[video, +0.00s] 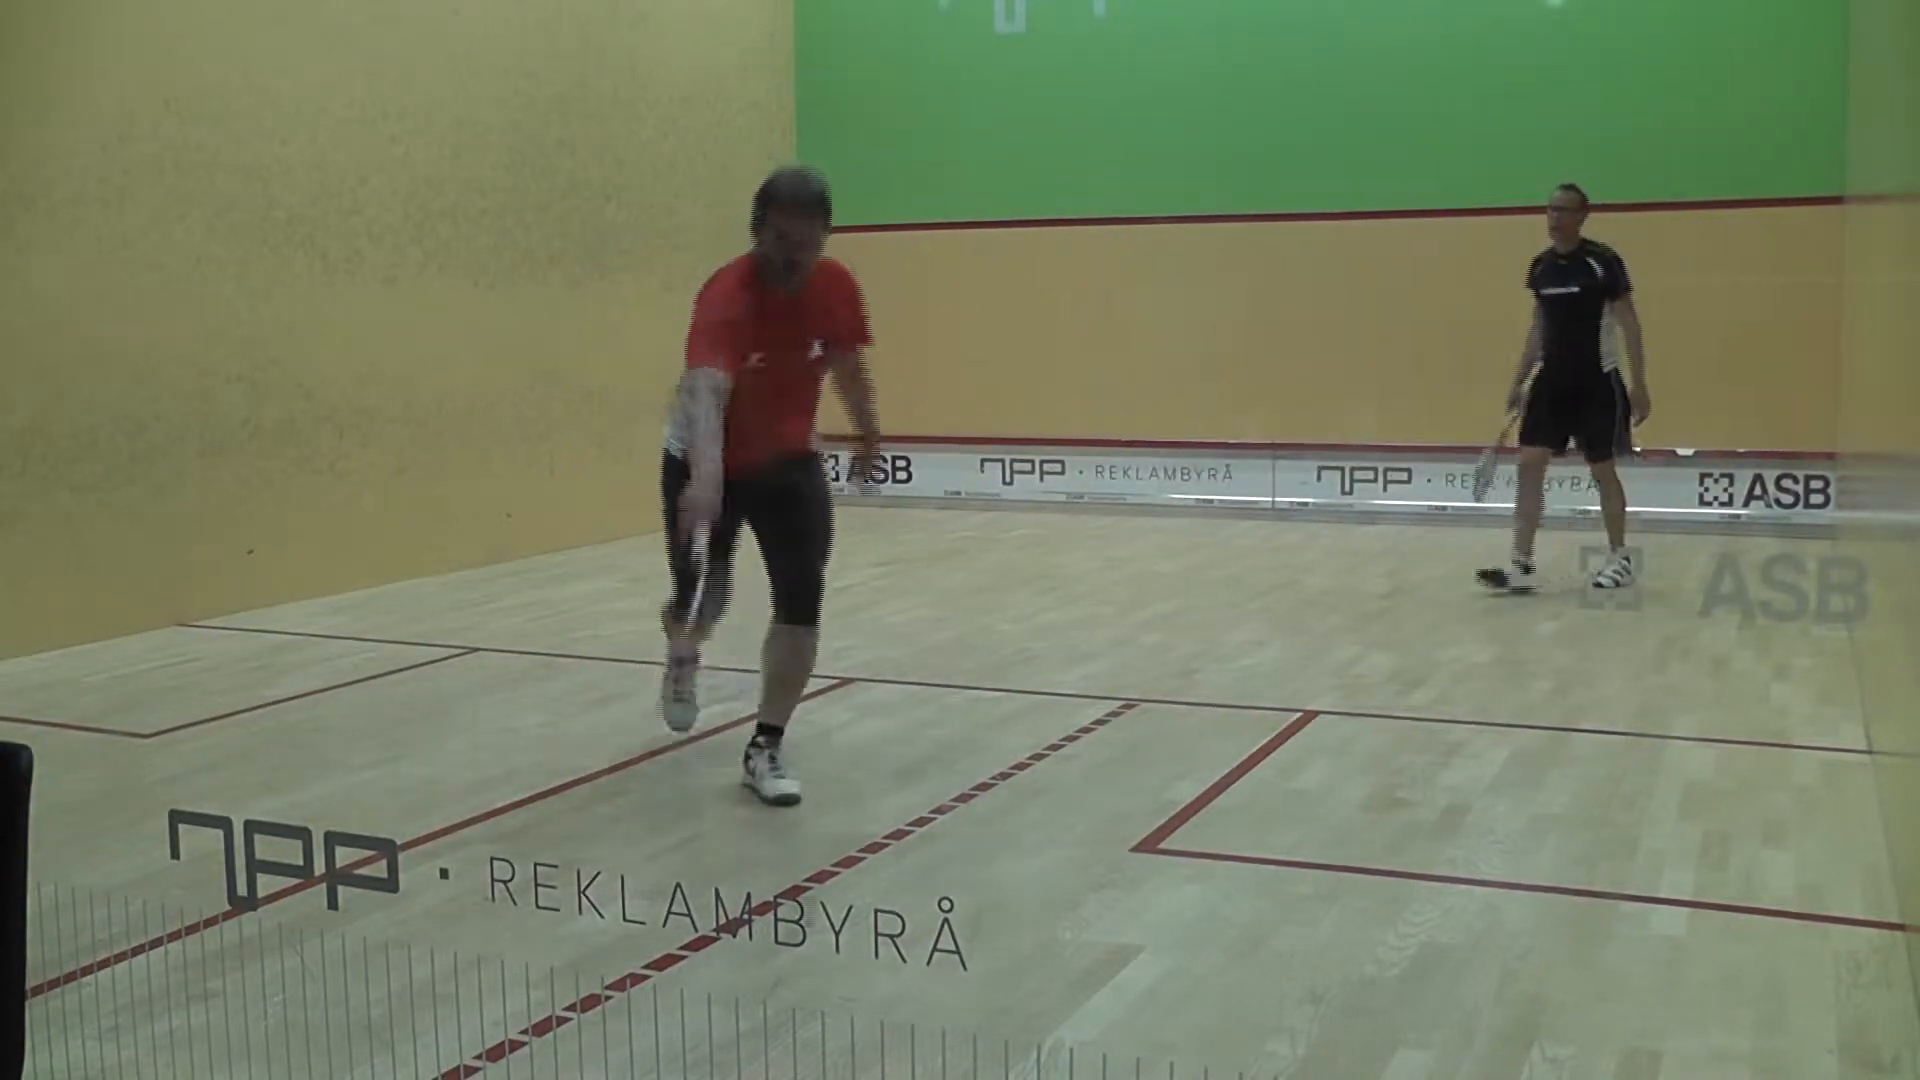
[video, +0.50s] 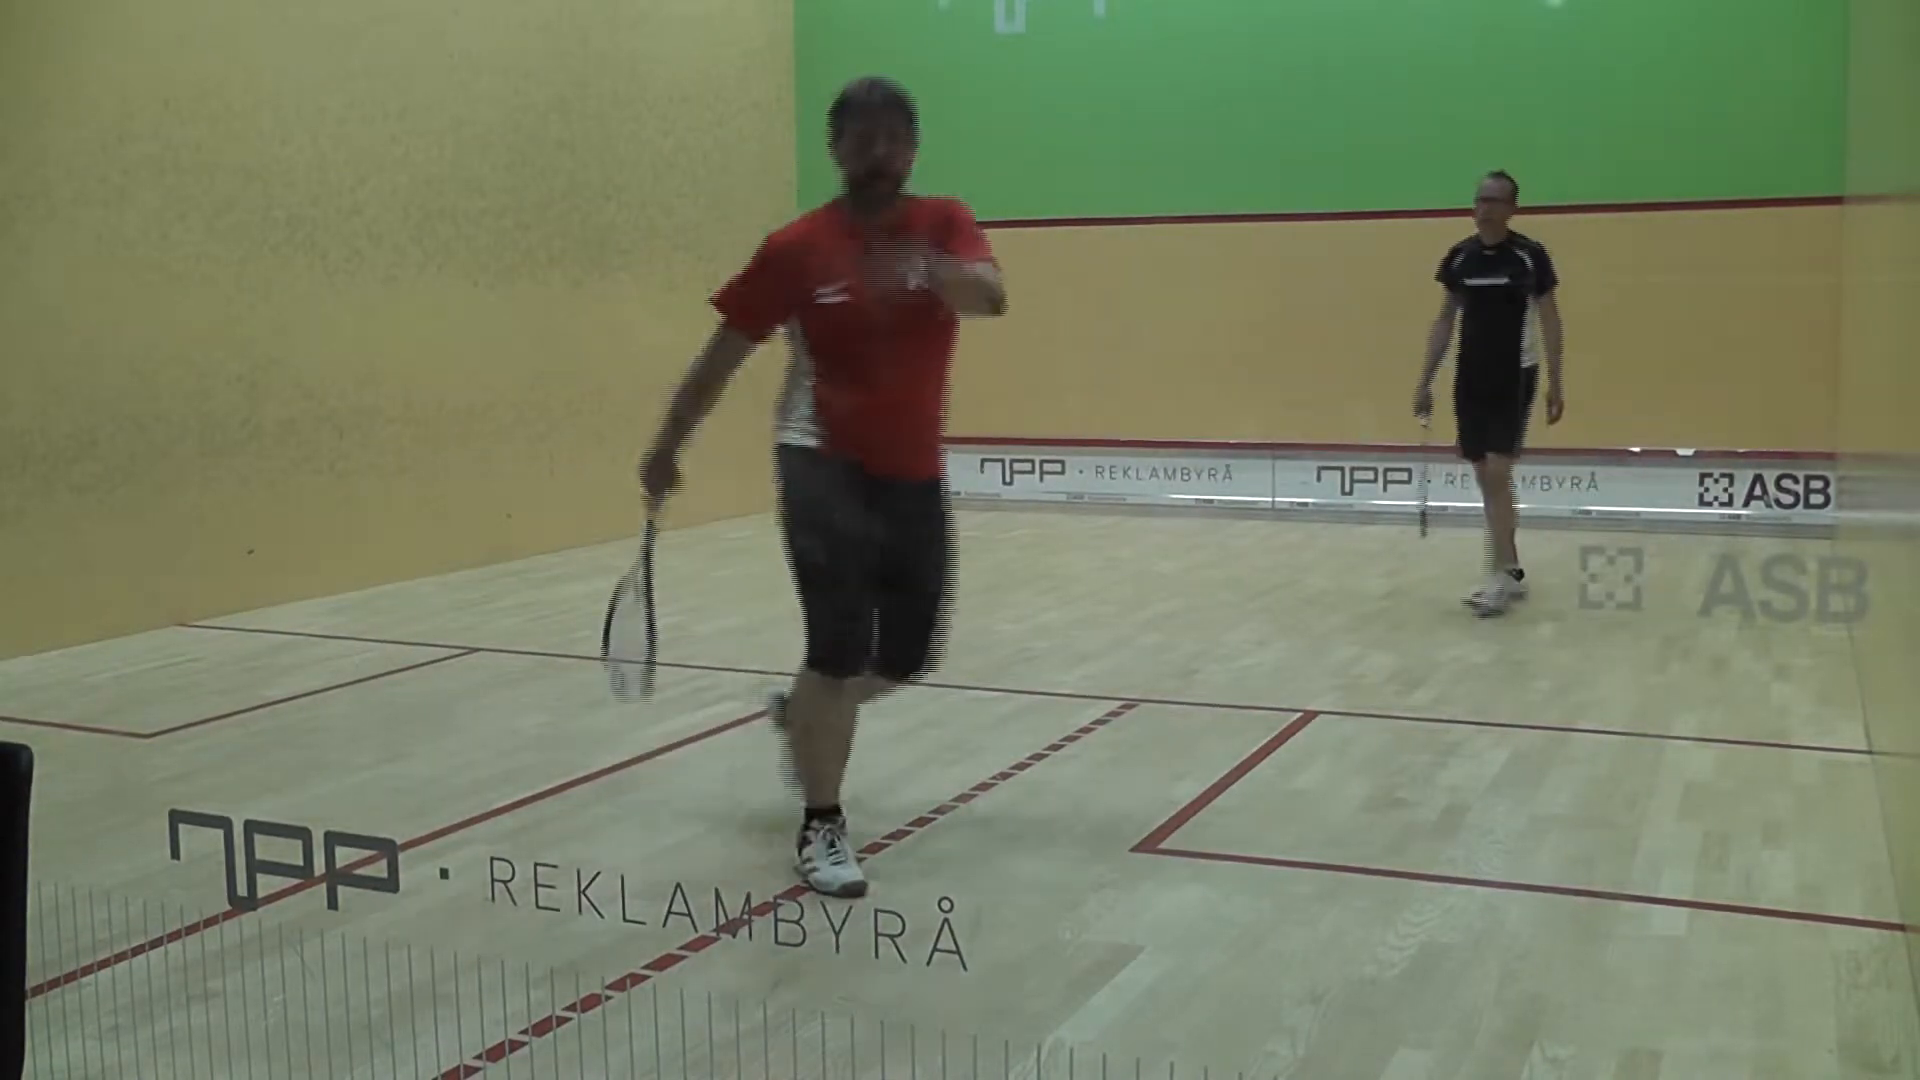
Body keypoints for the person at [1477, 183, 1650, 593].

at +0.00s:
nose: (1555, 217)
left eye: (1564, 211)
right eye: (1551, 210)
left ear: (1583, 216)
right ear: (1546, 214)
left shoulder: (1604, 261)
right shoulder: (1541, 267)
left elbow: (1628, 322)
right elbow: (1538, 327)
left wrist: (1638, 384)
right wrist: (1518, 382)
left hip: (1596, 380)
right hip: (1551, 380)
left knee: (1602, 469)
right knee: (1529, 463)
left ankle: (1619, 558)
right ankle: (1521, 562)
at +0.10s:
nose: (1534, 223)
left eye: (1543, 216)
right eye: (1530, 215)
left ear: (1563, 221)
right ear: (1525, 219)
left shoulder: (1584, 267)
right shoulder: (1520, 272)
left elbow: (1611, 329)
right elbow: (1515, 337)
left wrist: (1616, 393)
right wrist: (1495, 392)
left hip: (1576, 387)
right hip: (1531, 387)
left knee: (1591, 473)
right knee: (1515, 471)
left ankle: (1617, 557)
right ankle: (1513, 571)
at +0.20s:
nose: (1521, 219)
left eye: (1530, 212)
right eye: (1517, 211)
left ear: (1549, 217)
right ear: (1512, 216)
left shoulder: (1572, 264)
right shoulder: (1507, 268)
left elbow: (1595, 326)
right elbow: (1501, 332)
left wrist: (1597, 388)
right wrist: (1481, 389)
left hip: (1560, 387)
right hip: (1515, 387)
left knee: (1573, 478)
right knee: (1501, 473)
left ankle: (1610, 546)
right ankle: (1512, 571)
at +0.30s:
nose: (1509, 211)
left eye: (1518, 204)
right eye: (1504, 203)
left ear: (1534, 211)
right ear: (1496, 208)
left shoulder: (1555, 257)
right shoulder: (1488, 262)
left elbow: (1575, 321)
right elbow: (1478, 327)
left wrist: (1576, 381)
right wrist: (1460, 386)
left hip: (1541, 381)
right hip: (1497, 380)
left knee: (1540, 477)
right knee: (1494, 474)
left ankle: (1574, 551)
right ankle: (1510, 572)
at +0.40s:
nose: (1499, 207)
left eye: (1508, 200)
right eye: (1494, 198)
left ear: (1526, 206)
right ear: (1487, 203)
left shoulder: (1545, 254)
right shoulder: (1473, 260)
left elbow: (1564, 317)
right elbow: (1464, 322)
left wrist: (1567, 377)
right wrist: (1446, 380)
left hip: (1531, 375)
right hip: (1487, 375)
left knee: (1520, 469)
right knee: (1491, 472)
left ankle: (1540, 544)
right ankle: (1509, 570)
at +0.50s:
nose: (1485, 207)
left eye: (1495, 201)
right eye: (1480, 200)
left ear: (1512, 207)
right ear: (1473, 205)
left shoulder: (1531, 257)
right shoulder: (1460, 258)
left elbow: (1550, 320)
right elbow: (1445, 320)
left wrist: (1555, 383)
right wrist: (1425, 381)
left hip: (1514, 372)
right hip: (1471, 372)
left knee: (1496, 472)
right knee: (1485, 474)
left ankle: (1504, 573)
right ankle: (1508, 567)